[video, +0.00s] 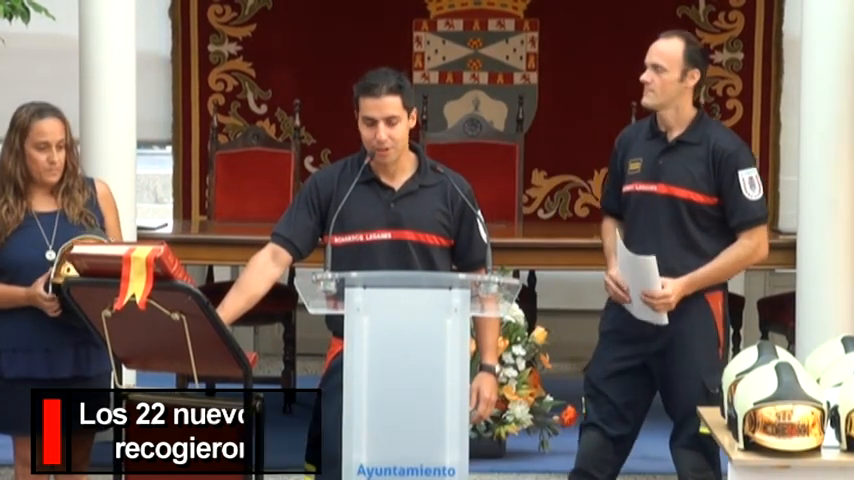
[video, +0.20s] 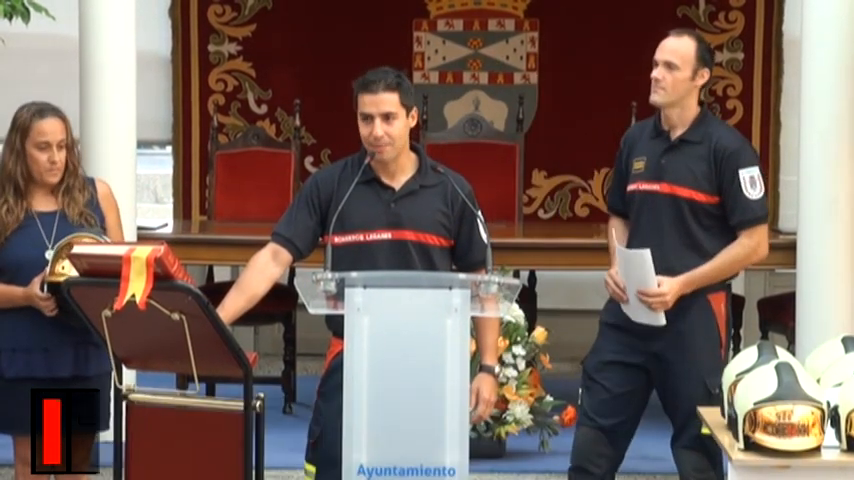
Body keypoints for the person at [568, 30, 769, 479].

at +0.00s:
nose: (645, 77)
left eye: (657, 70)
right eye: (645, 68)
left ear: (690, 79)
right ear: (647, 71)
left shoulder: (726, 149)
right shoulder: (630, 140)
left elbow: (756, 243)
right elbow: (611, 215)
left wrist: (684, 286)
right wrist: (613, 263)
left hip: (693, 318)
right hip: (627, 312)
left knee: (695, 448)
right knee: (597, 446)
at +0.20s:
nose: (656, 74)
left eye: (669, 67)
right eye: (655, 65)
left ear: (700, 78)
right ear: (652, 69)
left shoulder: (730, 149)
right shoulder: (636, 138)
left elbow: (756, 243)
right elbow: (619, 215)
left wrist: (682, 285)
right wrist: (618, 261)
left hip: (692, 322)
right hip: (626, 315)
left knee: (698, 457)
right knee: (590, 455)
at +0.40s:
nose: (655, 74)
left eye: (669, 68)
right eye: (653, 65)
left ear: (697, 79)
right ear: (648, 69)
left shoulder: (723, 147)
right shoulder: (627, 140)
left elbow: (750, 242)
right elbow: (609, 216)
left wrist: (675, 284)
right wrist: (611, 265)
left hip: (690, 321)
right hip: (624, 316)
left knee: (695, 453)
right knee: (605, 451)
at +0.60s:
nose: (648, 72)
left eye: (661, 66)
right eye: (644, 63)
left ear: (686, 76)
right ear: (636, 69)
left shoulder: (715, 145)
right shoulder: (610, 142)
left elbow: (740, 240)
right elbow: (590, 220)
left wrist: (670, 279)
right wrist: (598, 264)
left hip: (680, 319)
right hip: (610, 317)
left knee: (687, 457)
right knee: (593, 455)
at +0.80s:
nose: (635, 71)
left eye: (647, 64)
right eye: (630, 62)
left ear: (670, 73)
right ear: (621, 68)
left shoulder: (701, 143)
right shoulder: (591, 142)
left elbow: (729, 233)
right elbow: (567, 219)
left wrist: (671, 276)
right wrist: (582, 261)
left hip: (668, 319)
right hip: (598, 317)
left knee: (676, 453)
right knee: (589, 452)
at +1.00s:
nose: (623, 71)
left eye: (635, 63)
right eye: (617, 62)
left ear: (657, 72)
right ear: (608, 68)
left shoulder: (689, 142)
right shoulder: (576, 141)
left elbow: (715, 231)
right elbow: (550, 219)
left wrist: (663, 275)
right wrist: (573, 262)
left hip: (659, 318)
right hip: (588, 317)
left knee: (670, 450)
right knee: (587, 450)